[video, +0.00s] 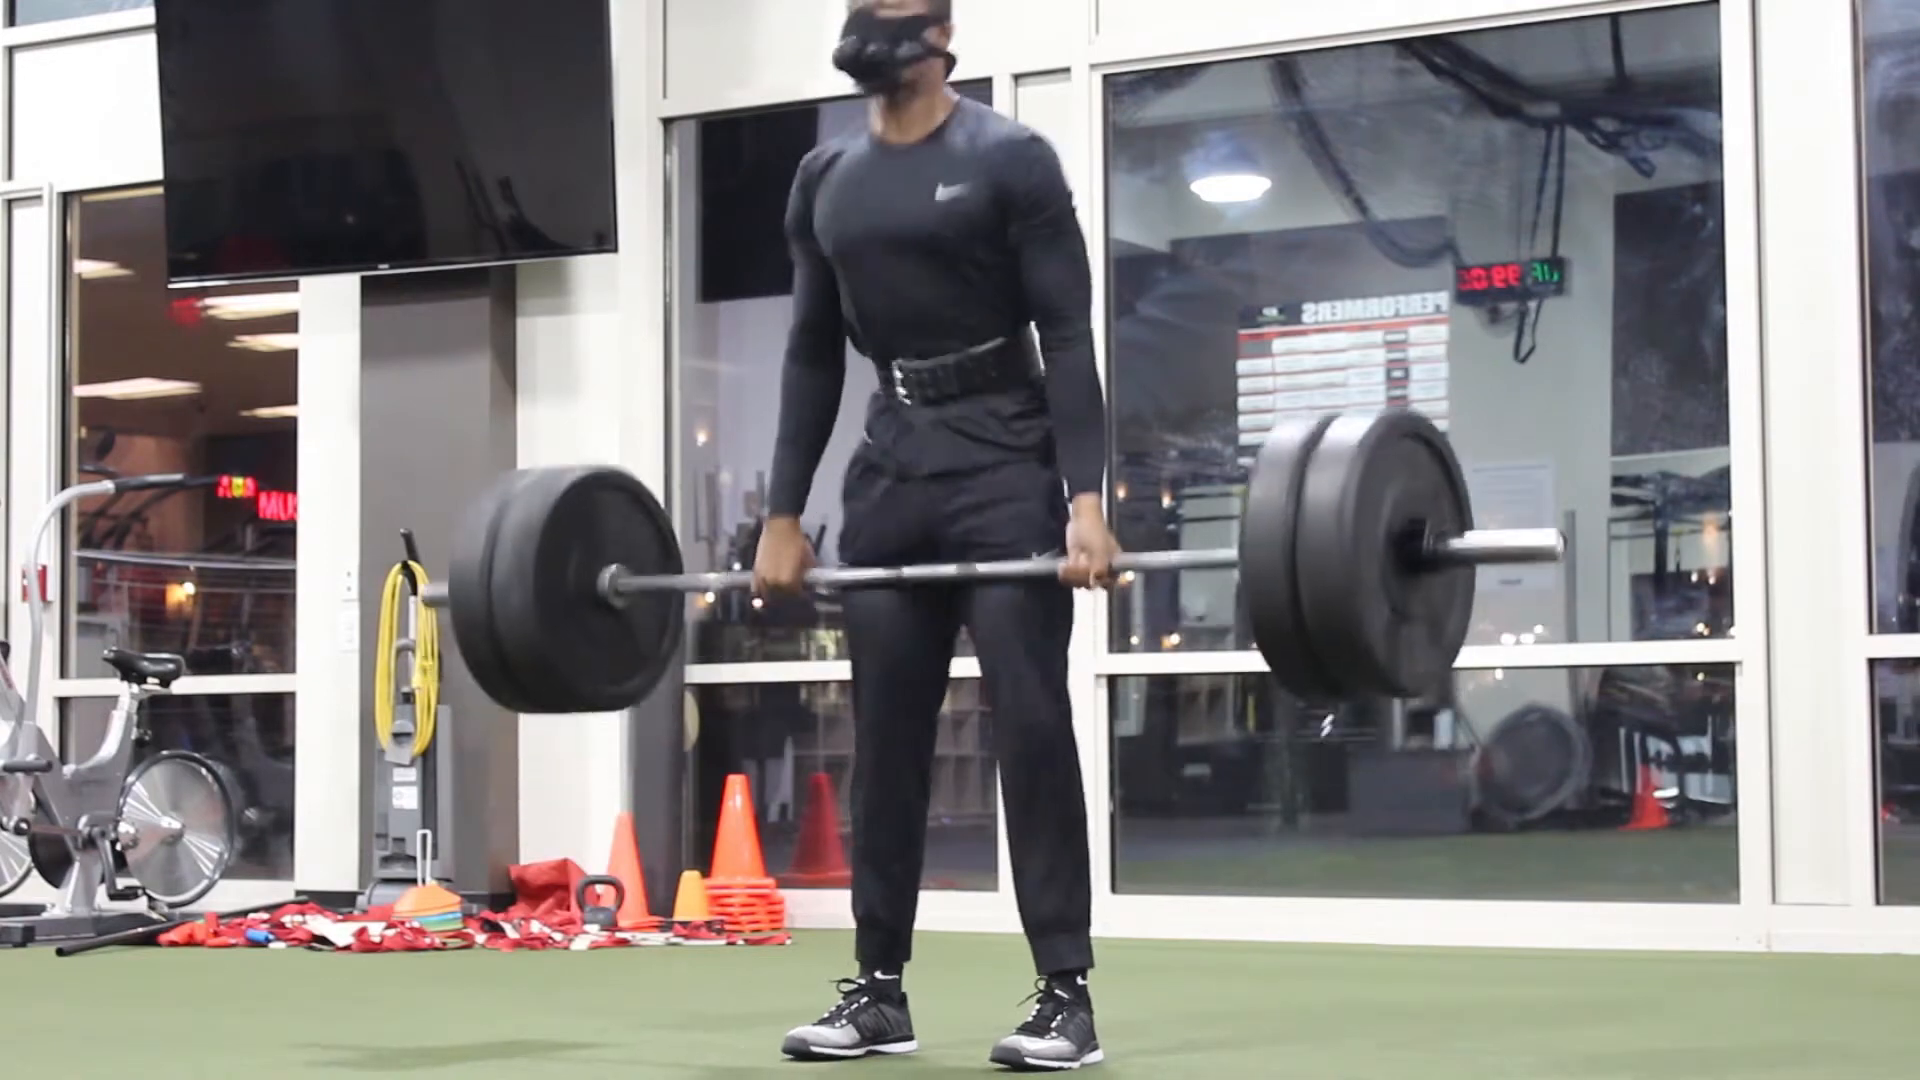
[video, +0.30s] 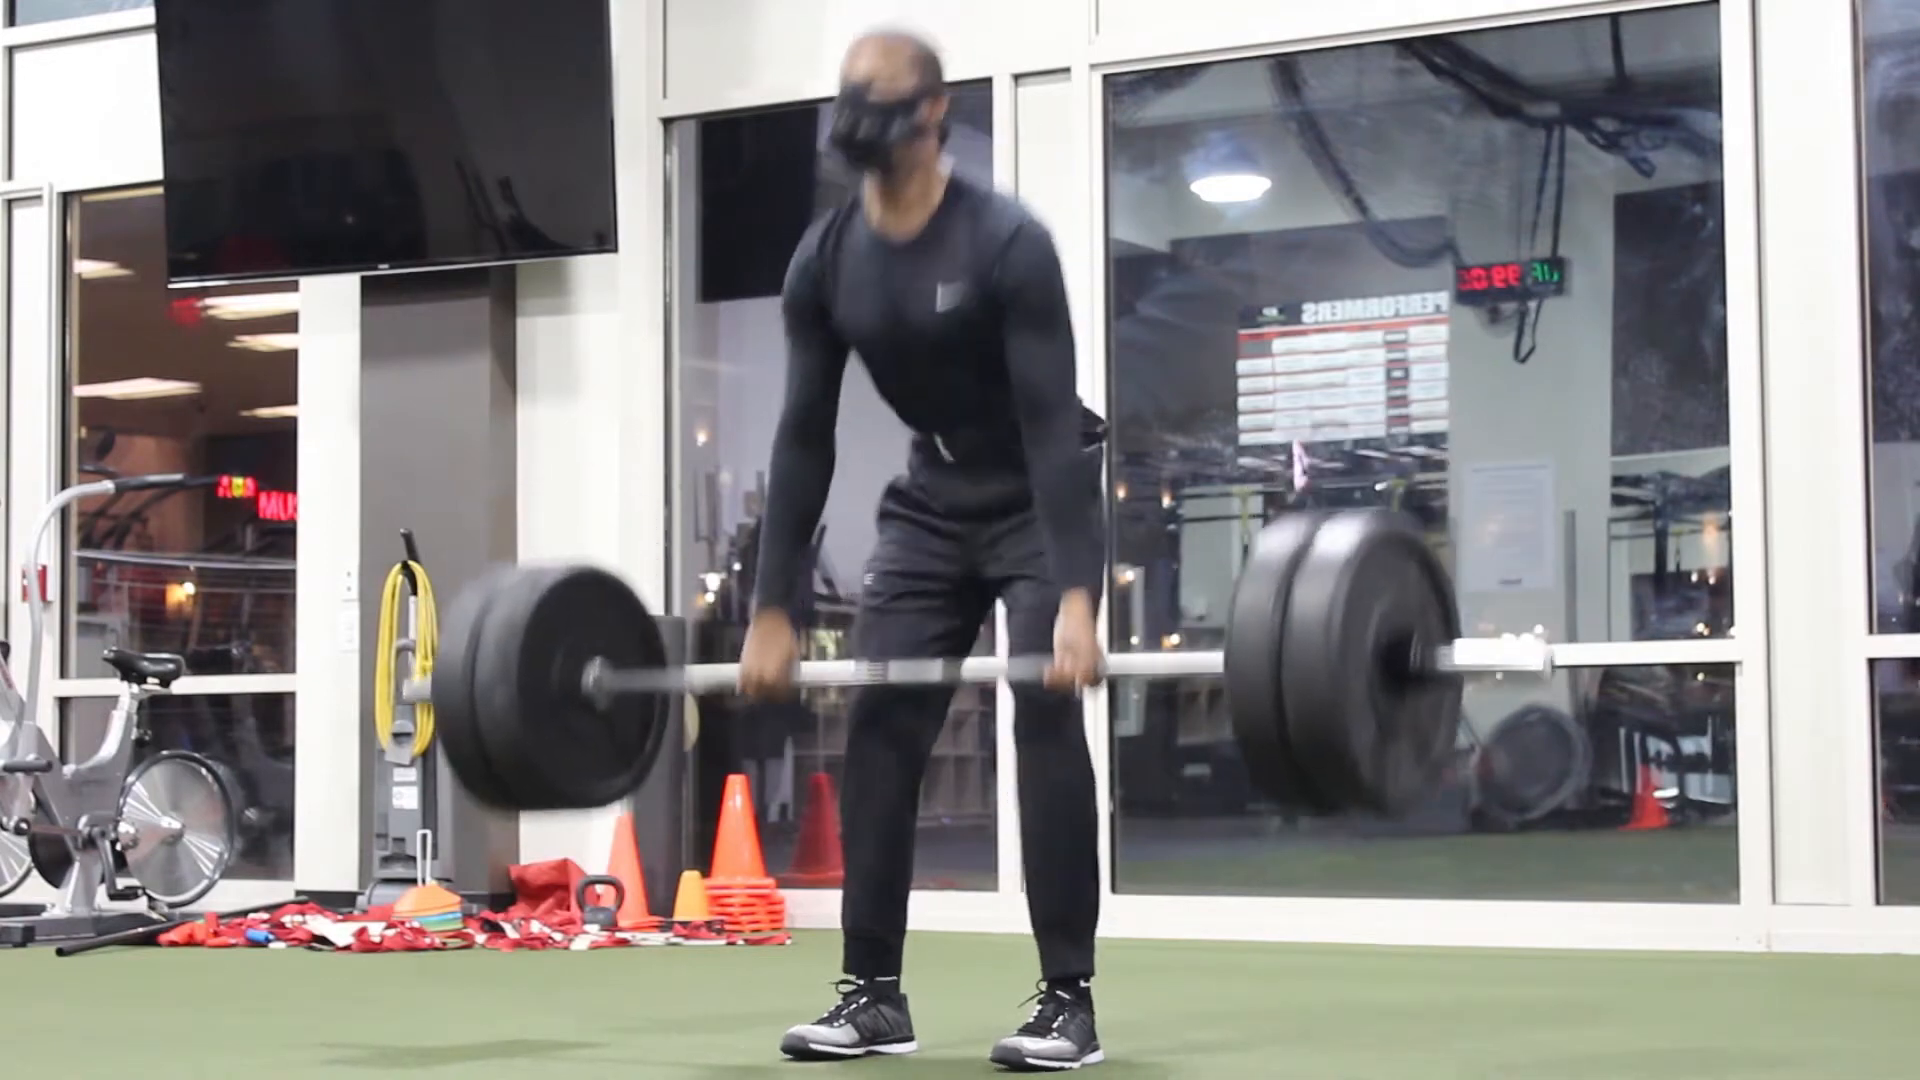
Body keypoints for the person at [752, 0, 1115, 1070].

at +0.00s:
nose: (890, 23)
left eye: (911, 10)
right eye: (873, 11)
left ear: (948, 32)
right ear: (849, 40)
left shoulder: (1012, 157)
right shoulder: (824, 179)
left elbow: (1069, 335)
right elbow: (812, 353)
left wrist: (1085, 499)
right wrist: (785, 510)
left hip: (1010, 440)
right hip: (892, 443)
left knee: (1032, 723)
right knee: (887, 729)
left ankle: (1064, 995)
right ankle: (879, 989)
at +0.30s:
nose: (859, 120)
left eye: (881, 103)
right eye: (849, 102)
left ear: (936, 110)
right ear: (837, 115)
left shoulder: (1008, 242)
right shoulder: (823, 261)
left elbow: (1055, 426)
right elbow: (802, 437)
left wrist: (1077, 593)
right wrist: (775, 605)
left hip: (1041, 499)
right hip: (930, 500)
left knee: (1043, 711)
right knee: (883, 714)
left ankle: (1067, 999)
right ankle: (873, 993)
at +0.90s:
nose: (788, 346)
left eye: (810, 329)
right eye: (778, 330)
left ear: (873, 342)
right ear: (769, 340)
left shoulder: (969, 431)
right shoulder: (776, 457)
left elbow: (1048, 611)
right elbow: (779, 623)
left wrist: (1082, 783)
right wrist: (771, 792)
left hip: (1040, 534)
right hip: (922, 559)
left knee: (1021, 727)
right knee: (846, 729)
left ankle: (1064, 999)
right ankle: (871, 997)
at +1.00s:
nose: (795, 299)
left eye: (817, 280)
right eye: (783, 280)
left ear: (874, 284)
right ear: (773, 285)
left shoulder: (968, 379)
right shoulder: (778, 409)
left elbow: (1047, 554)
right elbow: (782, 569)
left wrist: (1079, 722)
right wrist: (772, 732)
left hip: (1040, 516)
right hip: (923, 532)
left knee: (1034, 730)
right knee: (861, 723)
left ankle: (1065, 995)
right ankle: (871, 993)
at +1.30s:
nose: (845, 74)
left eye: (868, 55)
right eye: (835, 57)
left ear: (920, 68)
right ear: (828, 74)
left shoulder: (996, 191)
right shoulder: (807, 210)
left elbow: (1058, 367)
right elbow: (797, 386)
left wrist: (1080, 528)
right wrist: (776, 542)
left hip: (1015, 469)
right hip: (900, 469)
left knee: (1030, 733)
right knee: (881, 727)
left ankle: (1064, 997)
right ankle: (875, 992)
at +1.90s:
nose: (812, 299)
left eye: (836, 281)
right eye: (804, 280)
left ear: (897, 289)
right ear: (793, 282)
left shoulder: (986, 391)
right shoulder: (798, 415)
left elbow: (1051, 580)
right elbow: (786, 586)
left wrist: (1072, 761)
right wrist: (761, 759)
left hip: (1048, 535)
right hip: (933, 548)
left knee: (1029, 730)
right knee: (849, 725)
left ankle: (1064, 999)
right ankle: (871, 994)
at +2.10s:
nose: (789, 416)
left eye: (811, 399)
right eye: (780, 399)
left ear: (873, 412)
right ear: (770, 402)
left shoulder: (976, 494)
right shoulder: (780, 512)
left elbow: (1054, 671)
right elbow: (776, 680)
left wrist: (1084, 849)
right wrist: (766, 855)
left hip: (1046, 565)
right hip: (925, 592)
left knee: (1003, 730)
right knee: (825, 736)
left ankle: (1061, 1003)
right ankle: (870, 997)